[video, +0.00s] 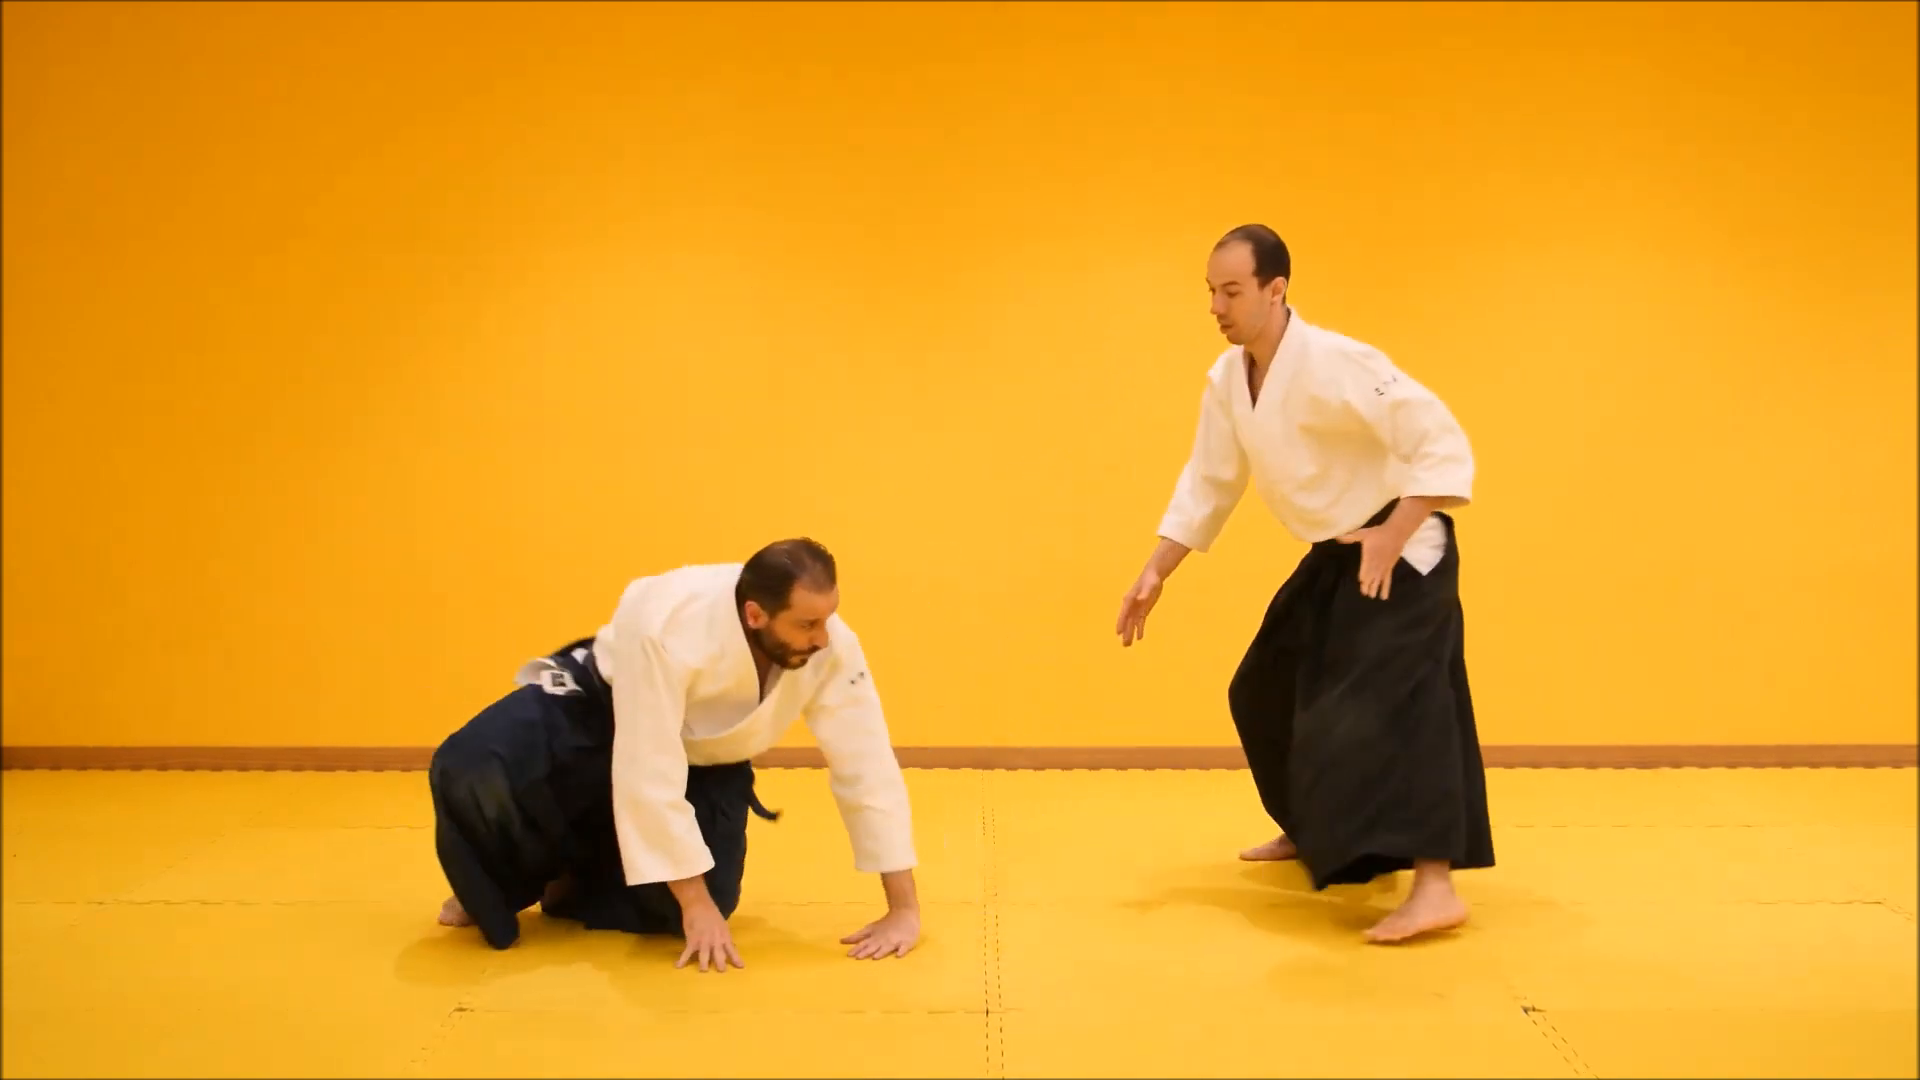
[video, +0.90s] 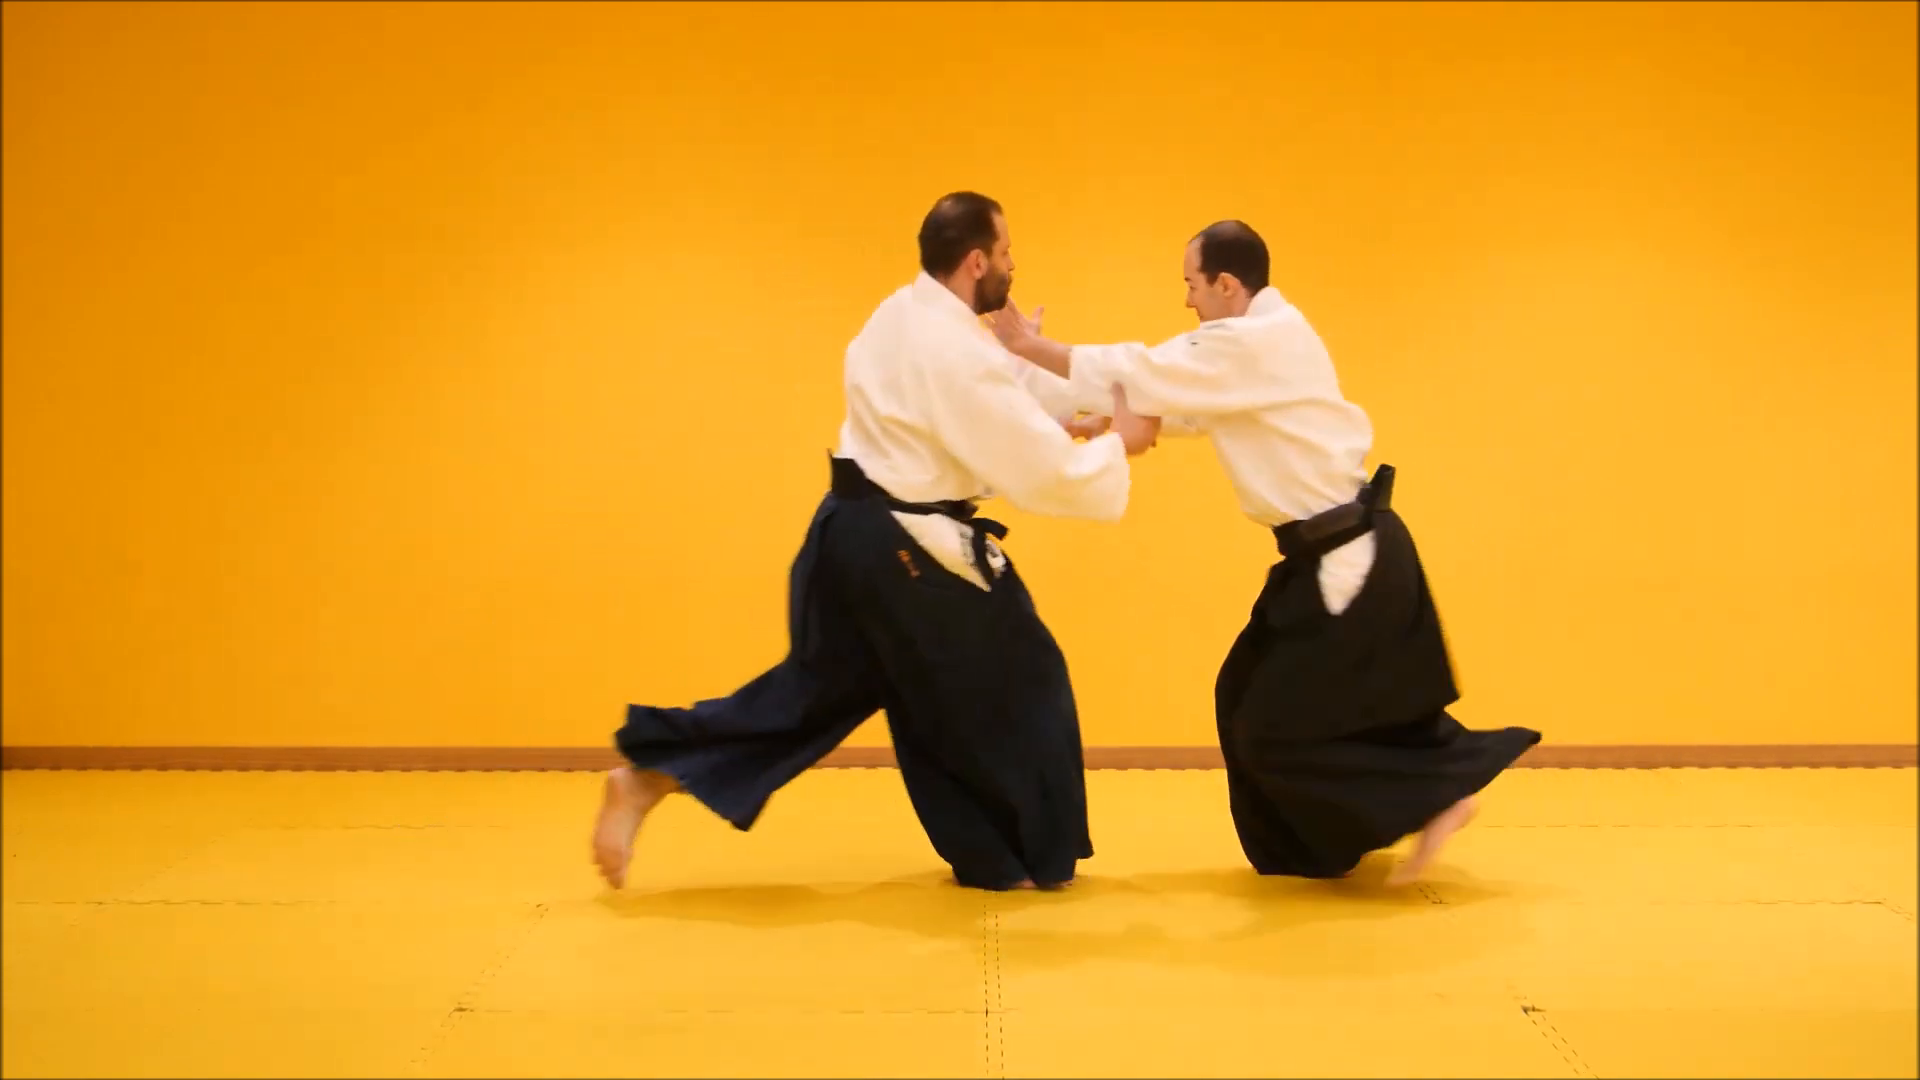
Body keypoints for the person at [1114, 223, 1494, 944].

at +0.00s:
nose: (1215, 306)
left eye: (1228, 289)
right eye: (1211, 291)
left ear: (1276, 289)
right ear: (1220, 295)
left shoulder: (1338, 366)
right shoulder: (1229, 380)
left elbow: (1446, 451)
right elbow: (1206, 483)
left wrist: (1395, 534)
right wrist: (1154, 572)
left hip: (1403, 552)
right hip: (1333, 556)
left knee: (1394, 709)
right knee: (1261, 691)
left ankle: (1435, 883)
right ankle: (1313, 827)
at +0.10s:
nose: (1235, 304)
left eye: (1248, 287)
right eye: (1229, 290)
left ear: (1292, 287)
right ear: (1229, 296)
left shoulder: (1369, 359)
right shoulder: (1241, 384)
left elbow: (1469, 440)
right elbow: (1209, 484)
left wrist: (1419, 518)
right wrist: (1154, 566)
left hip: (1421, 545)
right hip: (1340, 554)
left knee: (1439, 702)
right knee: (1265, 687)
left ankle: (1517, 850)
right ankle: (1311, 829)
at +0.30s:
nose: (1295, 295)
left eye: (1309, 280)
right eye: (1291, 282)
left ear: (1354, 284)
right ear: (1298, 289)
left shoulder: (1432, 355)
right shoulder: (1295, 379)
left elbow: (1513, 438)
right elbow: (1247, 471)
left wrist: (1479, 501)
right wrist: (1184, 542)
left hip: (1456, 549)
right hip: (1365, 555)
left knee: (1529, 685)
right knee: (1278, 679)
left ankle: (1595, 813)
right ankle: (1308, 829)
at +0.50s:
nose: (1332, 300)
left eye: (1345, 286)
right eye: (1331, 285)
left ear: (1394, 292)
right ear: (1362, 294)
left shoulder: (1481, 366)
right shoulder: (1336, 383)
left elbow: (1532, 473)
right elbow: (1275, 470)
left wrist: (1470, 536)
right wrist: (1200, 531)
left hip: (1489, 553)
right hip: (1394, 558)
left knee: (1540, 678)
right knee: (1298, 666)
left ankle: (1603, 815)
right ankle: (1320, 829)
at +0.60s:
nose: (1309, 303)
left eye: (1321, 289)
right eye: (1309, 289)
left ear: (1369, 295)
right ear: (1345, 298)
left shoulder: (1454, 369)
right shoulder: (1322, 385)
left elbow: (1458, 483)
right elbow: (1254, 460)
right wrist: (1171, 509)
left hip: (1476, 562)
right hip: (1388, 567)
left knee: (1535, 691)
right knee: (1286, 665)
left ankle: (1597, 809)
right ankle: (1324, 834)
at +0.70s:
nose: (1261, 305)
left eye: (1273, 293)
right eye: (1262, 292)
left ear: (1319, 296)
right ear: (1303, 298)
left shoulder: (1384, 360)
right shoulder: (1284, 384)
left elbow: (1319, 431)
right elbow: (1225, 453)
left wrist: (1197, 426)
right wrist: (1136, 468)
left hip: (1455, 560)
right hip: (1372, 572)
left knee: (1520, 701)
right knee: (1272, 680)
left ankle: (1613, 788)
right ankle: (1314, 840)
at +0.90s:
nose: (1186, 294)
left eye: (1191, 281)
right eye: (1186, 281)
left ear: (1228, 286)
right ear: (1236, 283)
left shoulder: (1255, 340)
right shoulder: (1262, 334)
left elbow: (1145, 370)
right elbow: (1162, 401)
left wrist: (1036, 347)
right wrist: (1035, 384)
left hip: (1349, 557)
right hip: (1317, 554)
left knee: (1270, 718)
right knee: (1241, 697)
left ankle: (1434, 791)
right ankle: (1314, 846)